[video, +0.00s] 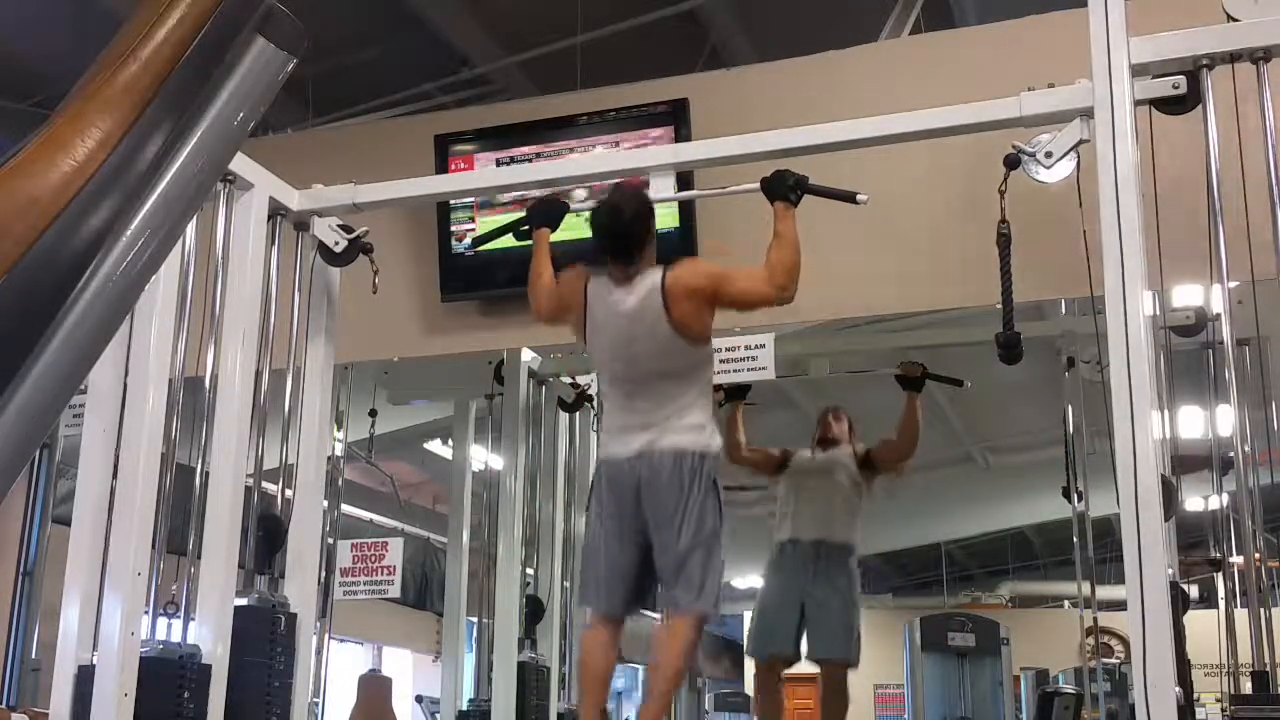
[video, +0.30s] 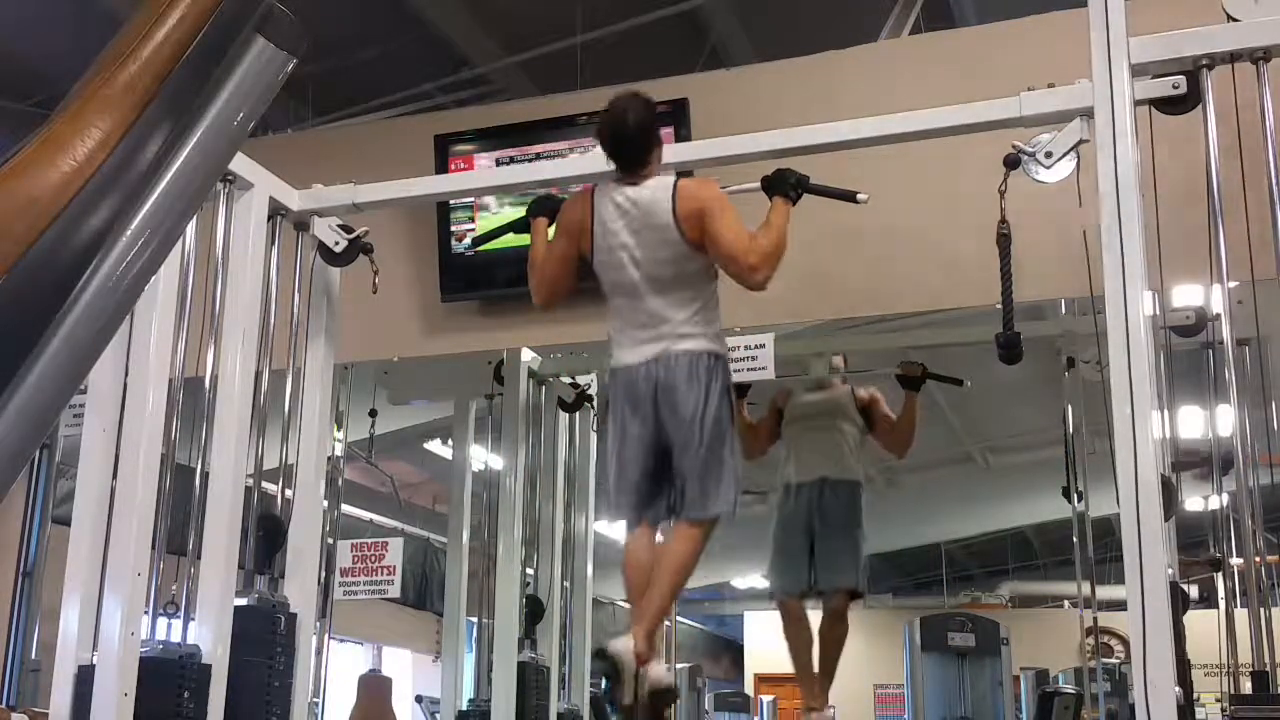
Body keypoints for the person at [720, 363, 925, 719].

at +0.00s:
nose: (830, 419)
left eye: (837, 417)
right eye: (824, 417)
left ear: (851, 432)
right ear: (815, 433)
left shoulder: (859, 457)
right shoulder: (791, 459)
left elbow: (903, 448)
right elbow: (737, 453)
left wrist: (912, 394)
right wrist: (735, 404)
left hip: (836, 563)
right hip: (786, 562)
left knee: (834, 668)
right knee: (767, 667)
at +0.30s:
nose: (823, 360)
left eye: (831, 355)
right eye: (816, 354)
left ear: (844, 364)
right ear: (804, 360)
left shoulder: (862, 395)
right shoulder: (788, 397)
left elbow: (898, 444)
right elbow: (754, 447)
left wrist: (911, 392)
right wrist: (737, 402)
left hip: (841, 493)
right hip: (794, 496)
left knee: (837, 602)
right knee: (788, 600)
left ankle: (821, 698)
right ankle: (810, 700)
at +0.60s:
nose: (830, 397)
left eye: (839, 394)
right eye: (824, 394)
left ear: (850, 408)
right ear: (816, 408)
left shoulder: (860, 437)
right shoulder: (793, 439)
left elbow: (906, 446)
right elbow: (742, 451)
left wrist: (912, 395)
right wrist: (736, 404)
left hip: (843, 540)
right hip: (796, 542)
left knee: (843, 642)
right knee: (796, 641)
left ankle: (837, 716)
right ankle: (825, 714)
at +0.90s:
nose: (831, 461)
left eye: (839, 458)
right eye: (825, 458)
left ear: (852, 472)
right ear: (816, 470)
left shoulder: (862, 497)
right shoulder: (791, 496)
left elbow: (903, 454)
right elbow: (746, 459)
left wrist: (911, 395)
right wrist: (736, 403)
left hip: (841, 602)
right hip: (790, 602)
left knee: (839, 704)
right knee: (788, 704)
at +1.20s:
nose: (829, 438)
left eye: (837, 436)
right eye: (822, 436)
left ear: (851, 449)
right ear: (814, 449)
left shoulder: (863, 475)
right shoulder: (793, 475)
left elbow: (902, 448)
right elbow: (743, 456)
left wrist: (911, 394)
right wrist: (737, 402)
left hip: (840, 576)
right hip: (790, 575)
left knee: (836, 680)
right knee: (782, 680)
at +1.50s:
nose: (830, 368)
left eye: (838, 366)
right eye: (824, 366)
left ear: (849, 382)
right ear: (813, 380)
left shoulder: (865, 413)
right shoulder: (791, 413)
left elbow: (906, 445)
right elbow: (744, 451)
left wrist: (912, 393)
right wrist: (737, 401)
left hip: (841, 509)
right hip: (793, 510)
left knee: (841, 612)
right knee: (785, 610)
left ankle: (825, 708)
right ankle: (822, 707)